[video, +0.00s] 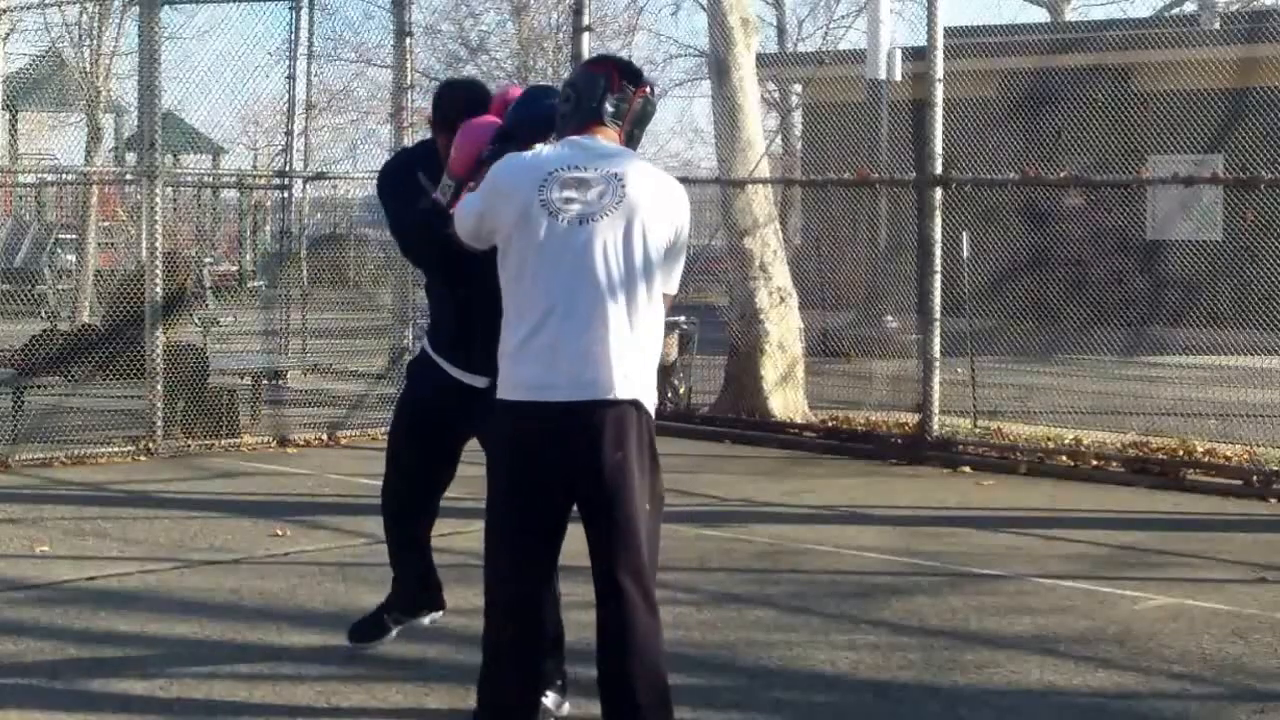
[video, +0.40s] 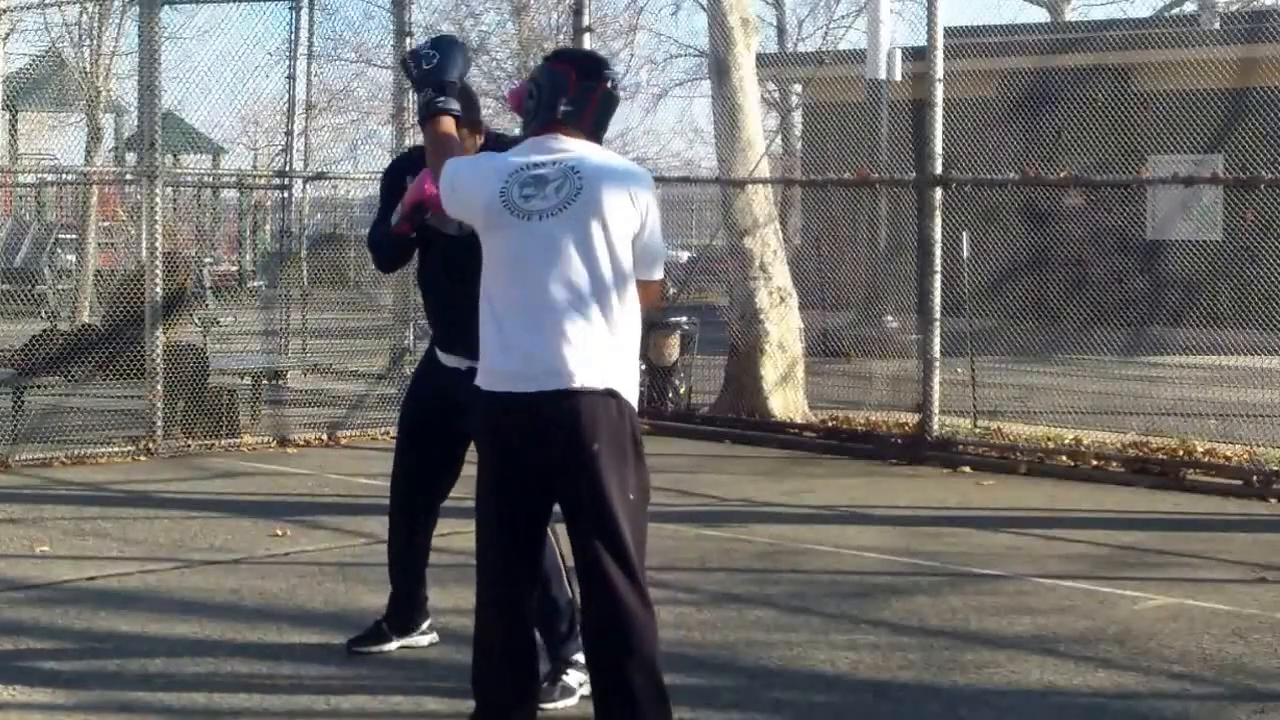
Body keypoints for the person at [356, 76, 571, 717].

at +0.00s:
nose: (481, 152)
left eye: (491, 143)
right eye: (477, 140)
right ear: (461, 135)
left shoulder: (528, 178)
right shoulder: (408, 173)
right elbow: (422, 246)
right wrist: (456, 187)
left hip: (519, 384)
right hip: (445, 369)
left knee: (524, 536)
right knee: (405, 497)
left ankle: (546, 674)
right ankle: (416, 594)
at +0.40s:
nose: (432, 126)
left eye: (442, 116)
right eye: (427, 114)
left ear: (469, 116)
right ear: (420, 115)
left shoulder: (508, 165)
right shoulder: (409, 171)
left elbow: (523, 241)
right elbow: (385, 256)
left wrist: (459, 190)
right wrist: (415, 208)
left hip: (507, 373)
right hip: (442, 368)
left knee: (523, 522)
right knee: (410, 500)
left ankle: (568, 652)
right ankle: (405, 613)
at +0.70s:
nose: (649, 128)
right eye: (648, 115)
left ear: (572, 108)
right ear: (642, 119)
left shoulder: (501, 188)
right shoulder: (660, 208)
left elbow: (471, 285)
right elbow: (666, 319)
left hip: (509, 419)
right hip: (610, 427)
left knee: (512, 591)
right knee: (618, 595)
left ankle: (502, 709)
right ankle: (610, 714)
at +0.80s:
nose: (672, 128)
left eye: (671, 115)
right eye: (671, 116)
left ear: (591, 111)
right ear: (659, 121)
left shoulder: (516, 193)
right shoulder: (673, 215)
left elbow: (495, 310)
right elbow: (682, 325)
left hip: (514, 422)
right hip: (614, 432)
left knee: (514, 596)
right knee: (621, 601)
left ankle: (500, 710)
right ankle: (612, 712)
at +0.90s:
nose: (680, 127)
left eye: (680, 115)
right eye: (680, 115)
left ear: (600, 108)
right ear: (668, 116)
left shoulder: (526, 187)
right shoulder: (683, 209)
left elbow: (490, 297)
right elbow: (696, 320)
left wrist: (568, 290)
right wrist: (632, 300)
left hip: (527, 418)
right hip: (623, 428)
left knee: (517, 579)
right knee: (627, 593)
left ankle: (499, 708)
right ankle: (614, 711)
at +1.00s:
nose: (670, 113)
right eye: (668, 103)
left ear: (587, 102)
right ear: (658, 108)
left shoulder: (527, 188)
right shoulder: (682, 201)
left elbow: (499, 301)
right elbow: (700, 314)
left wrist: (576, 301)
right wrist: (632, 305)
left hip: (531, 416)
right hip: (624, 422)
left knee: (515, 591)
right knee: (627, 599)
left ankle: (493, 712)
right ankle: (615, 713)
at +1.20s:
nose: (609, 106)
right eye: (607, 97)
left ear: (533, 109)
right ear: (602, 104)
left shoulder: (498, 196)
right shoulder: (654, 183)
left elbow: (500, 294)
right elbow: (677, 278)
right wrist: (590, 265)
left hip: (533, 418)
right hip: (624, 418)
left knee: (514, 599)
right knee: (623, 598)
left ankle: (492, 707)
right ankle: (615, 710)